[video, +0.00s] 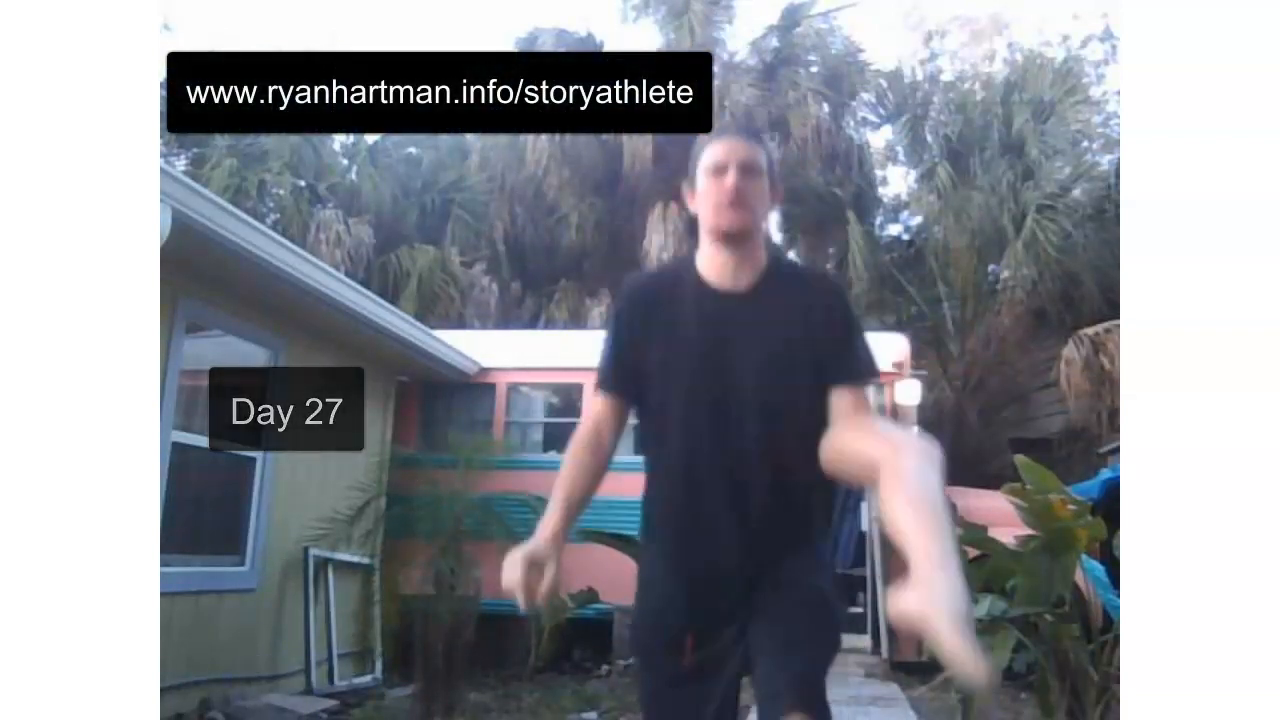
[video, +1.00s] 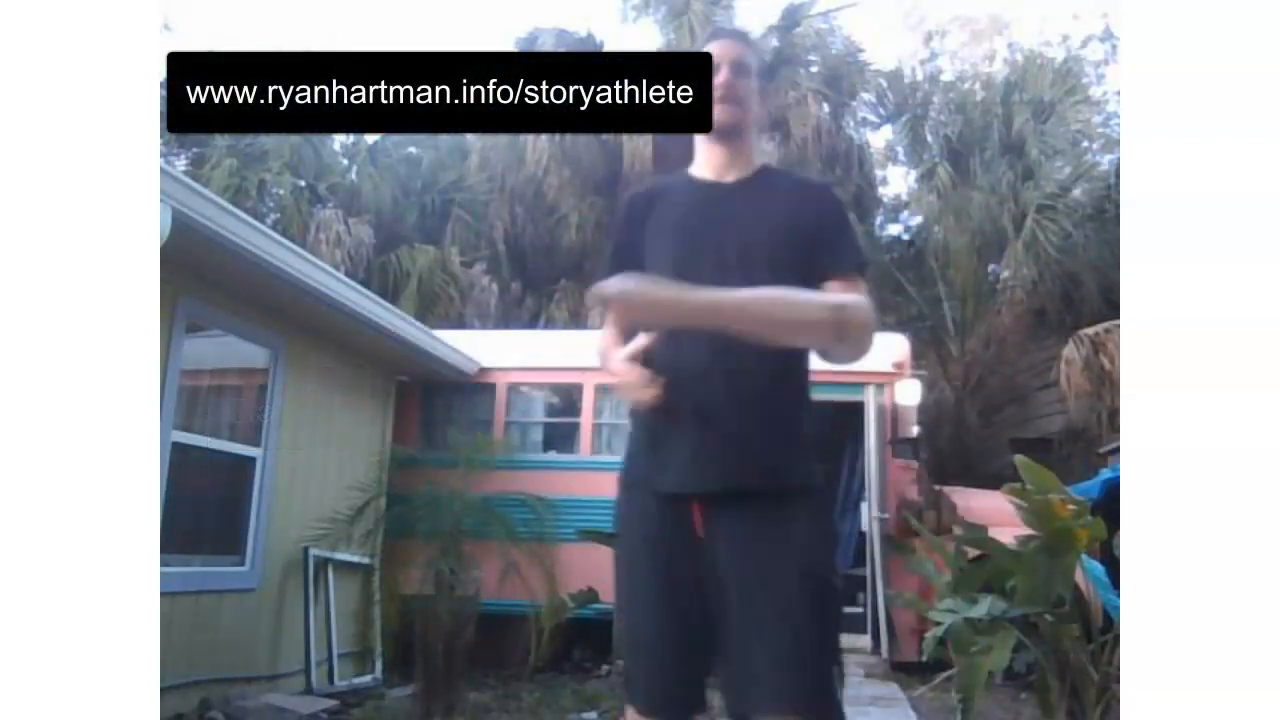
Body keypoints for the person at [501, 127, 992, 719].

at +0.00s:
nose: (734, 184)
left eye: (749, 172)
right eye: (717, 171)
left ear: (773, 196)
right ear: (689, 197)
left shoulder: (817, 297)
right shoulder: (647, 300)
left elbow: (847, 430)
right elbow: (599, 429)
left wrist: (892, 454)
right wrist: (549, 537)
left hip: (791, 570)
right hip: (681, 574)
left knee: (794, 704)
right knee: (677, 707)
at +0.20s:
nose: (750, 240)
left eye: (766, 227)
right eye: (733, 226)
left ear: (788, 248)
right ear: (703, 248)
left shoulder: (833, 362)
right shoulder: (658, 358)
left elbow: (857, 508)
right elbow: (598, 483)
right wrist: (513, 540)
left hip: (788, 622)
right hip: (678, 625)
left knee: (782, 711)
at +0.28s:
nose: (752, 98)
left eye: (769, 87)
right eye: (737, 86)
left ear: (792, 114)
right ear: (712, 110)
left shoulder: (830, 228)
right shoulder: (660, 217)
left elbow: (845, 366)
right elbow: (601, 341)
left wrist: (904, 348)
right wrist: (536, 380)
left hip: (792, 510)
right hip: (676, 508)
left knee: (787, 703)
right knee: (666, 706)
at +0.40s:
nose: (742, 136)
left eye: (759, 122)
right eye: (726, 122)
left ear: (781, 143)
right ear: (701, 144)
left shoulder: (823, 254)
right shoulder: (657, 255)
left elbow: (849, 382)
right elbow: (610, 377)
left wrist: (897, 371)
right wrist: (523, 395)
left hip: (795, 533)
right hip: (682, 534)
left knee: (795, 704)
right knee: (684, 709)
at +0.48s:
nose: (743, 238)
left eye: (758, 224)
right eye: (726, 225)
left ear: (781, 245)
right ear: (698, 248)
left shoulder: (827, 358)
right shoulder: (655, 354)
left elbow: (854, 498)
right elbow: (603, 480)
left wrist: (924, 525)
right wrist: (510, 502)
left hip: (792, 642)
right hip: (679, 640)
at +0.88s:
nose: (741, 270)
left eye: (757, 254)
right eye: (722, 254)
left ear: (781, 270)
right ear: (690, 272)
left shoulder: (838, 372)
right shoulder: (655, 392)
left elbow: (901, 499)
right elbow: (559, 484)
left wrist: (973, 487)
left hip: (796, 649)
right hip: (688, 660)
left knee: (787, 703)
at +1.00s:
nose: (725, 83)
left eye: (740, 71)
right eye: (710, 70)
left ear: (763, 95)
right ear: (687, 93)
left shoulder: (810, 202)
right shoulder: (645, 207)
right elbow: (613, 327)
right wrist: (622, 365)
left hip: (771, 483)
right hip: (657, 486)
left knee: (786, 701)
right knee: (652, 700)